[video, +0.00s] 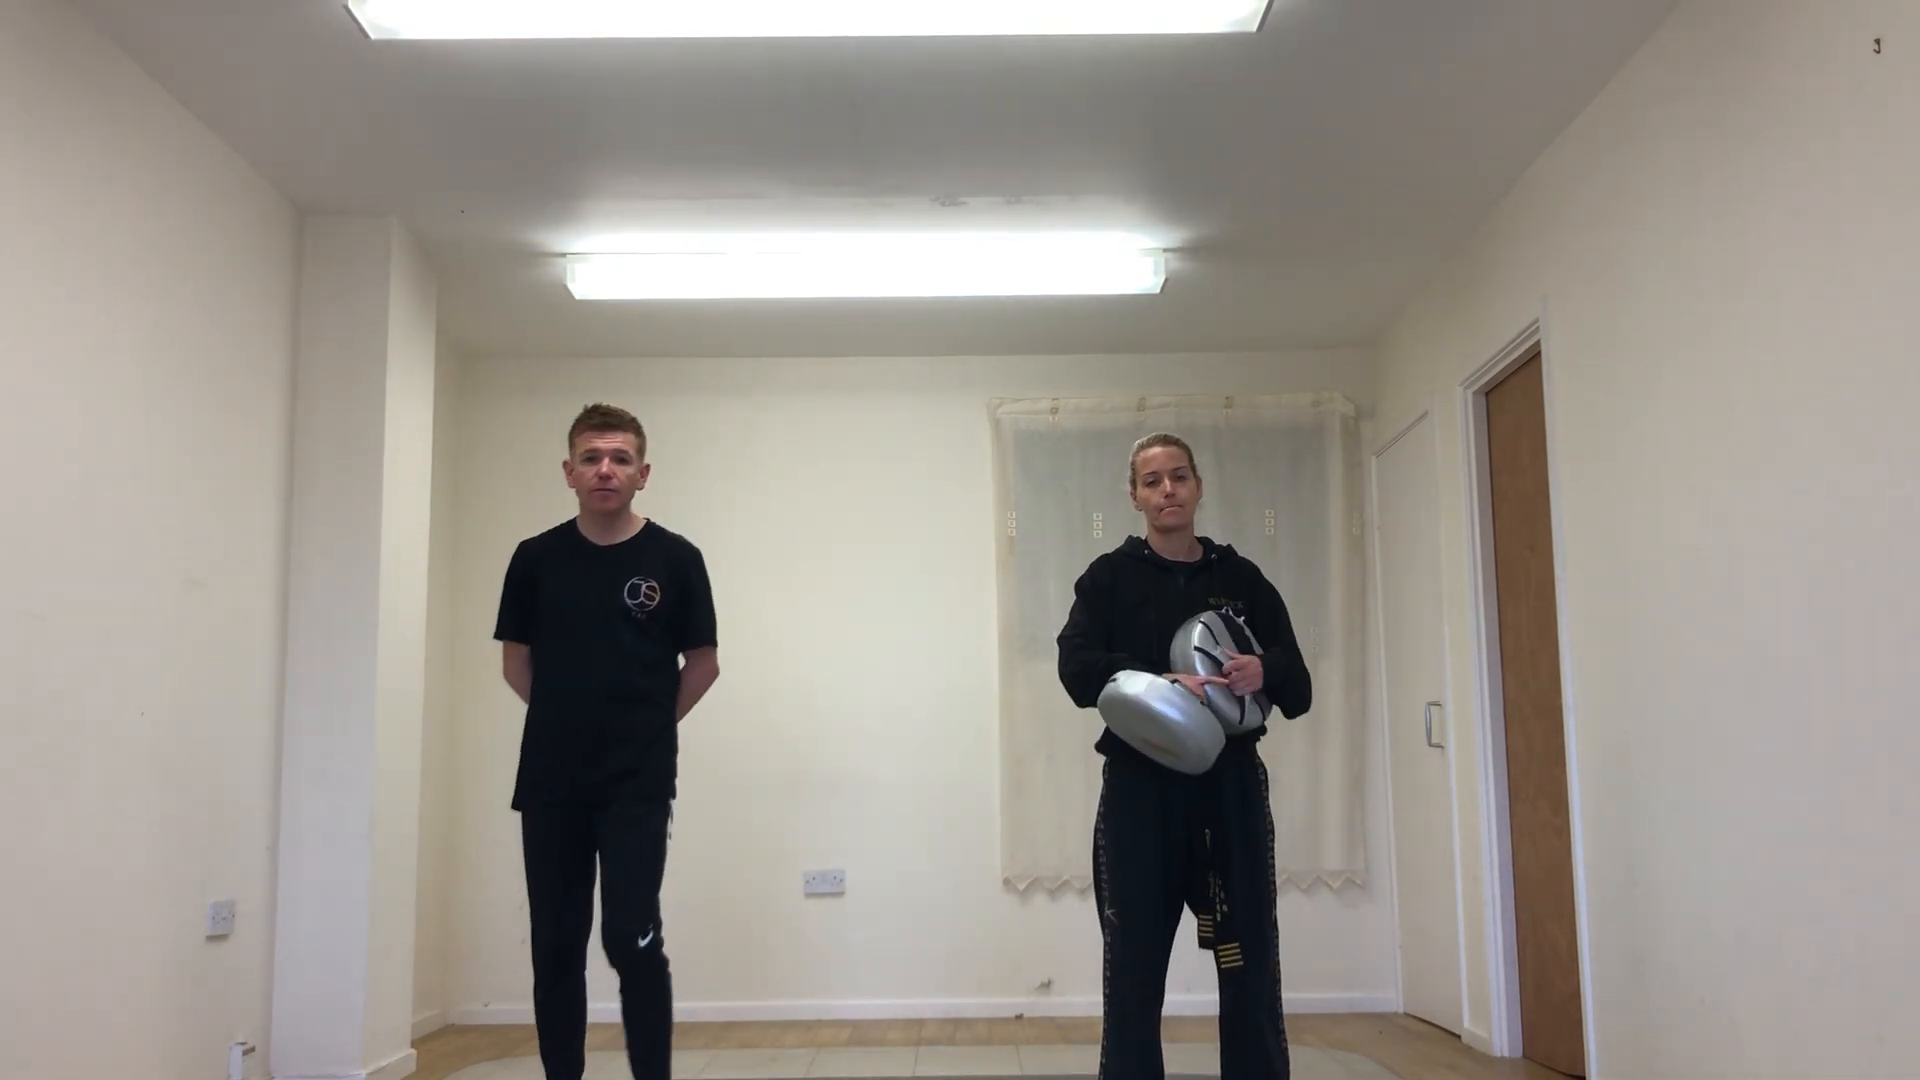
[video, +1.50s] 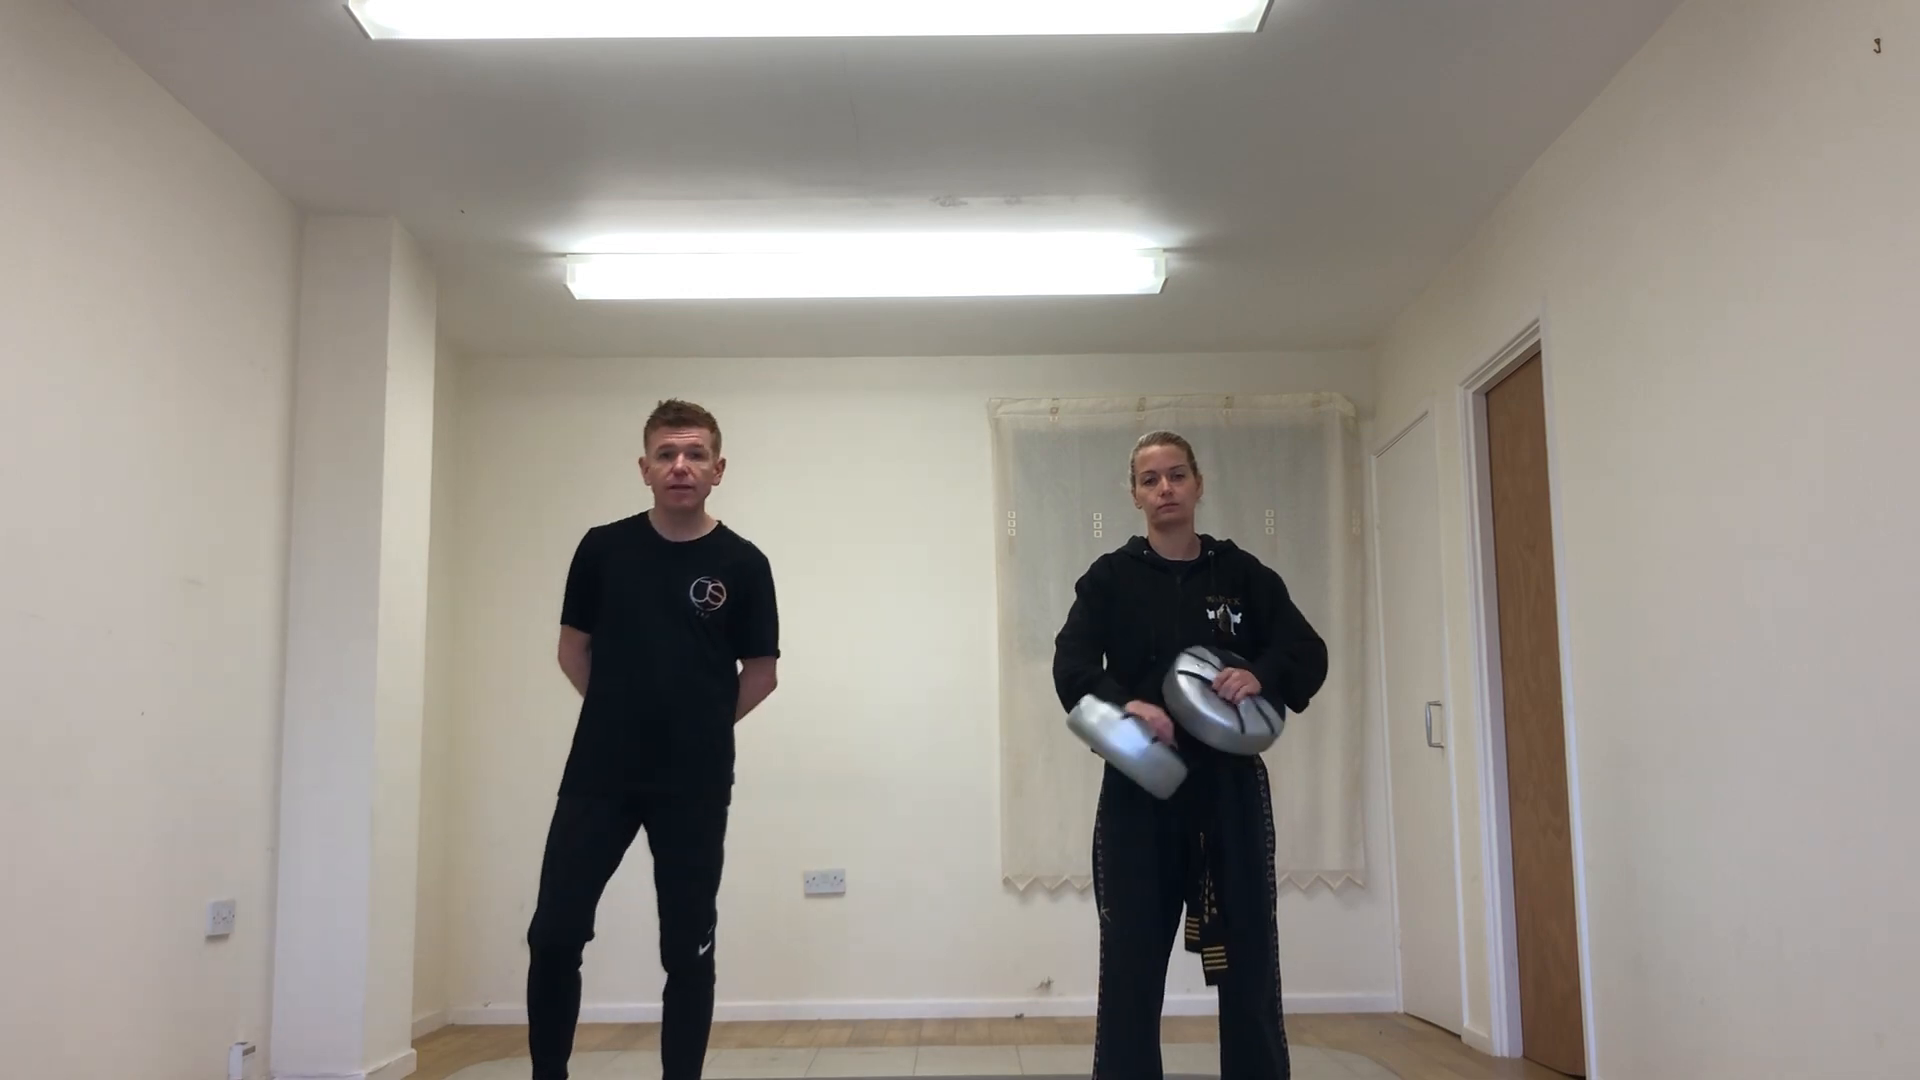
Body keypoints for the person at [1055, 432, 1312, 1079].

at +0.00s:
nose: (1167, 488)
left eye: (1178, 476)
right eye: (1152, 480)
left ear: (1198, 487)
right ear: (1135, 497)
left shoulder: (1241, 576)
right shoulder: (1109, 576)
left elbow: (1297, 693)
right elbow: (1077, 673)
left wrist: (1265, 672)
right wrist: (1160, 684)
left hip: (1233, 784)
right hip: (1140, 784)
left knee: (1251, 964)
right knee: (1134, 969)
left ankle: (1259, 1077)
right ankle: (1130, 1079)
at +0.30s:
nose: (1169, 485)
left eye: (1180, 474)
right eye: (1154, 478)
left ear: (1200, 485)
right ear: (1136, 494)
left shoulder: (1240, 571)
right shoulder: (1109, 576)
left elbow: (1282, 679)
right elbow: (1076, 671)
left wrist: (1295, 671)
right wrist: (1167, 689)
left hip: (1234, 784)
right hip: (1140, 785)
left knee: (1250, 961)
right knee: (1134, 966)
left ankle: (1259, 1077)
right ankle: (1129, 1078)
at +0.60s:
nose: (1172, 484)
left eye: (1183, 472)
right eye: (1157, 476)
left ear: (1203, 484)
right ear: (1139, 492)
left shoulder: (1239, 569)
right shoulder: (1110, 574)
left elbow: (1275, 667)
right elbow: (1079, 668)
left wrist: (1292, 664)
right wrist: (1166, 694)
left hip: (1235, 780)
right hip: (1141, 782)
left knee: (1250, 955)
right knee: (1134, 961)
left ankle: (1260, 1076)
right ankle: (1128, 1076)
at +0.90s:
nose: (1171, 484)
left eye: (1182, 472)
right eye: (1156, 476)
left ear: (1202, 484)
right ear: (1138, 493)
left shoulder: (1239, 568)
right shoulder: (1110, 574)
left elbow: (1306, 662)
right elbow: (1076, 671)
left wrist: (1277, 661)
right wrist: (1161, 692)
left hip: (1232, 782)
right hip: (1139, 785)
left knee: (1249, 961)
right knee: (1133, 966)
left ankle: (1259, 1076)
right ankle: (1127, 1077)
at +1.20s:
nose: (1166, 486)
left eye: (1177, 474)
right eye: (1152, 478)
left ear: (1198, 484)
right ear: (1136, 494)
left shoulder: (1243, 570)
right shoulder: (1109, 577)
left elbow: (1319, 652)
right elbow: (1076, 667)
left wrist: (1272, 668)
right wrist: (1149, 690)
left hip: (1231, 785)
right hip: (1137, 789)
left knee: (1249, 966)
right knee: (1132, 971)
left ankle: (1259, 1078)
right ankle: (1127, 1078)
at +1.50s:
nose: (1165, 488)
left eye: (1176, 475)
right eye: (1150, 479)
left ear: (1198, 485)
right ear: (1135, 495)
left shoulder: (1243, 573)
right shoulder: (1110, 577)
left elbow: (1308, 653)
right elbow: (1072, 664)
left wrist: (1261, 676)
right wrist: (1125, 703)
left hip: (1232, 785)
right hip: (1139, 787)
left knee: (1249, 964)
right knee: (1131, 968)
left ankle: (1258, 1077)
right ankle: (1125, 1078)